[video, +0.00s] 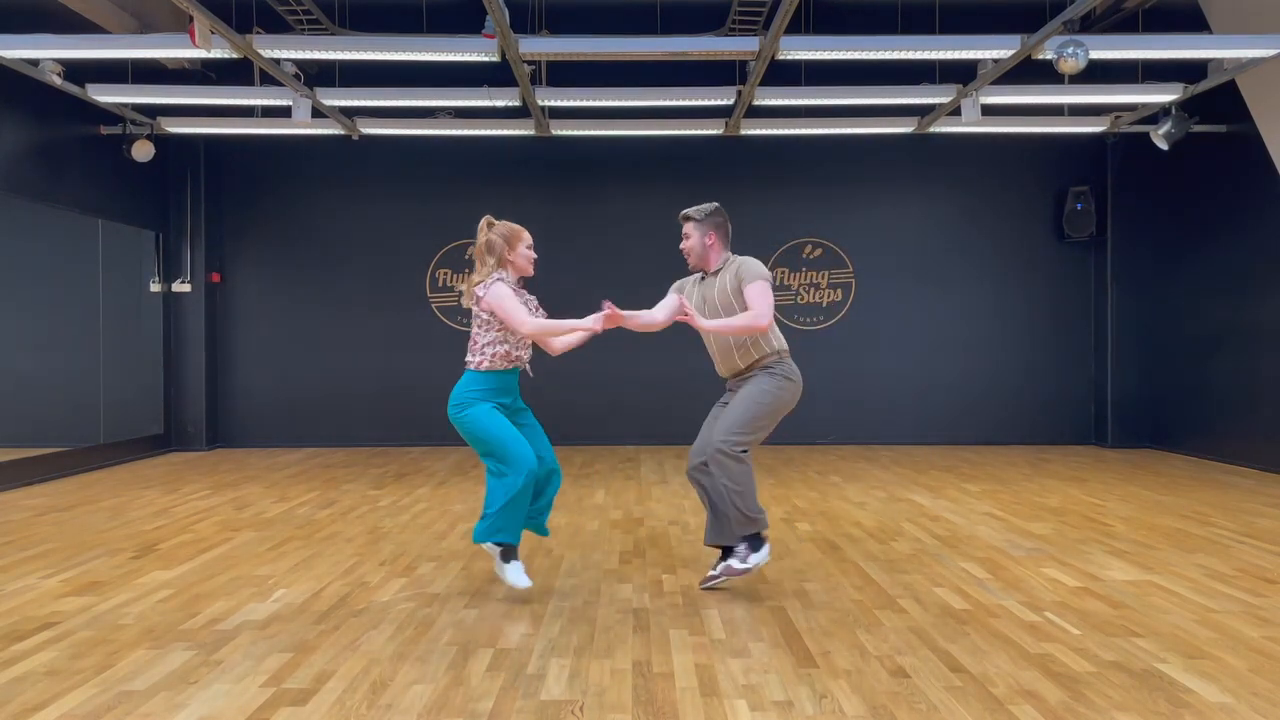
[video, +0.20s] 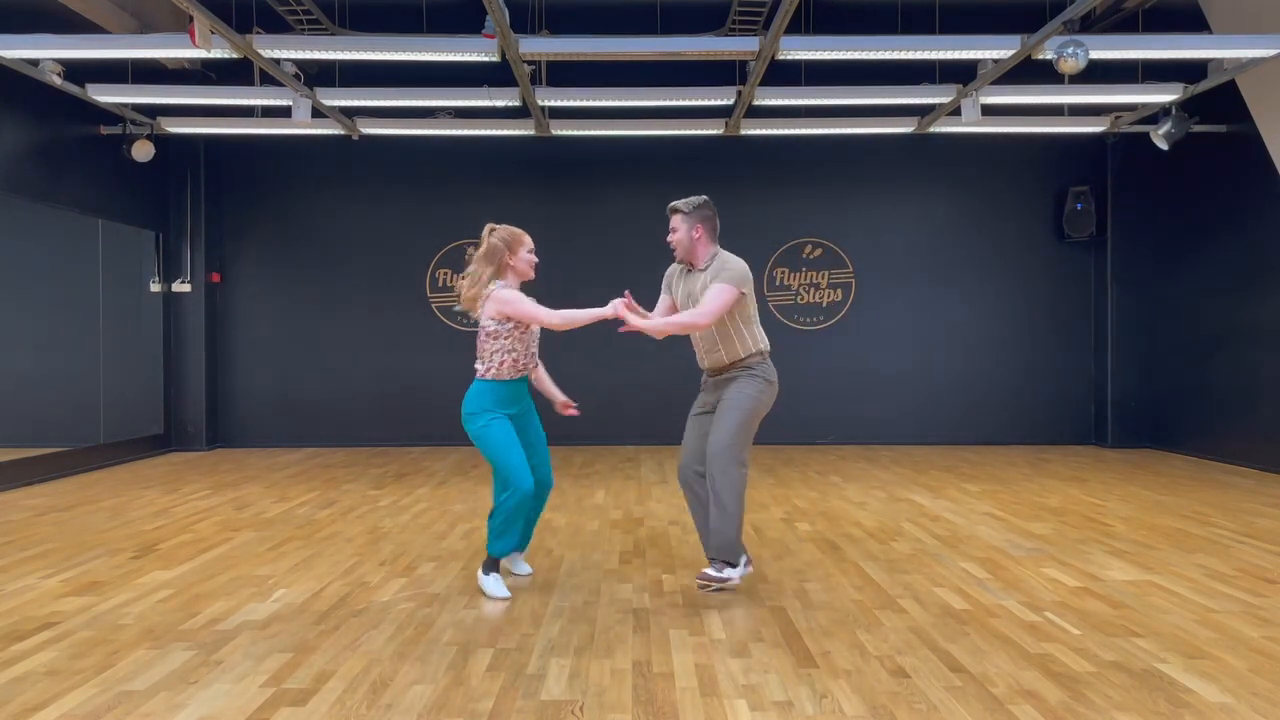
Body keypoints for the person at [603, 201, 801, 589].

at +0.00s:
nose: (681, 245)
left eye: (687, 237)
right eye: (681, 237)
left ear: (711, 238)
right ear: (705, 240)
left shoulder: (747, 268)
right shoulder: (685, 287)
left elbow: (761, 319)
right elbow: (656, 318)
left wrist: (706, 325)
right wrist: (621, 317)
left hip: (773, 374)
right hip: (736, 384)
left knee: (723, 445)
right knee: (699, 464)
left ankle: (752, 540)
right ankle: (733, 549)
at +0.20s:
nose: (669, 238)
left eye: (675, 231)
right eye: (669, 231)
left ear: (700, 231)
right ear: (694, 233)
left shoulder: (732, 269)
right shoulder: (675, 274)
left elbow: (703, 318)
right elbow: (658, 325)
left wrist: (651, 325)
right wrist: (633, 312)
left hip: (750, 375)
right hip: (713, 381)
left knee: (723, 454)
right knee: (691, 467)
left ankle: (727, 562)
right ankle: (731, 556)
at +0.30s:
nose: (659, 235)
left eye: (665, 227)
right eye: (659, 227)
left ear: (690, 228)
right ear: (686, 230)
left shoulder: (708, 265)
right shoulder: (687, 269)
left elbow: (679, 328)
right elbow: (693, 323)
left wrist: (632, 336)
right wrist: (657, 316)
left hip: (742, 377)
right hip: (701, 381)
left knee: (720, 460)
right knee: (662, 455)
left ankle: (751, 546)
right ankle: (694, 539)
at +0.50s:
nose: (656, 237)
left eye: (665, 231)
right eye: (651, 230)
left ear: (684, 238)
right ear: (645, 234)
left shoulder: (685, 280)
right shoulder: (658, 280)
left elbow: (673, 337)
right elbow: (660, 324)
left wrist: (626, 319)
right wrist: (639, 310)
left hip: (712, 384)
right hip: (677, 388)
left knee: (715, 474)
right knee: (643, 463)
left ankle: (757, 563)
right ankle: (667, 544)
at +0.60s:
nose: (647, 222)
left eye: (656, 215)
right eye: (642, 214)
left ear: (672, 223)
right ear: (633, 218)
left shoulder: (670, 260)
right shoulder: (638, 260)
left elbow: (616, 277)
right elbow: (657, 308)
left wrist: (576, 234)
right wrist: (627, 308)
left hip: (697, 367)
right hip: (658, 376)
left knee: (733, 450)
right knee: (635, 458)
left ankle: (771, 539)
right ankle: (656, 538)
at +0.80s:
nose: (622, 213)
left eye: (631, 208)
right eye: (617, 207)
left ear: (649, 215)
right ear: (612, 210)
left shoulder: (643, 245)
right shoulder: (617, 250)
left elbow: (577, 231)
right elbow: (627, 292)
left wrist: (531, 201)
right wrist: (593, 293)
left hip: (663, 364)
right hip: (623, 371)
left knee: (692, 445)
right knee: (620, 457)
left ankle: (730, 520)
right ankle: (653, 538)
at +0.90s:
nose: (604, 223)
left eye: (613, 216)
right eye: (599, 217)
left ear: (632, 218)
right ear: (596, 216)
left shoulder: (636, 246)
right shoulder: (608, 255)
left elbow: (590, 242)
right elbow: (619, 314)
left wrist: (561, 204)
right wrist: (580, 323)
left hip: (649, 367)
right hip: (608, 367)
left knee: (649, 456)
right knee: (585, 448)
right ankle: (619, 525)